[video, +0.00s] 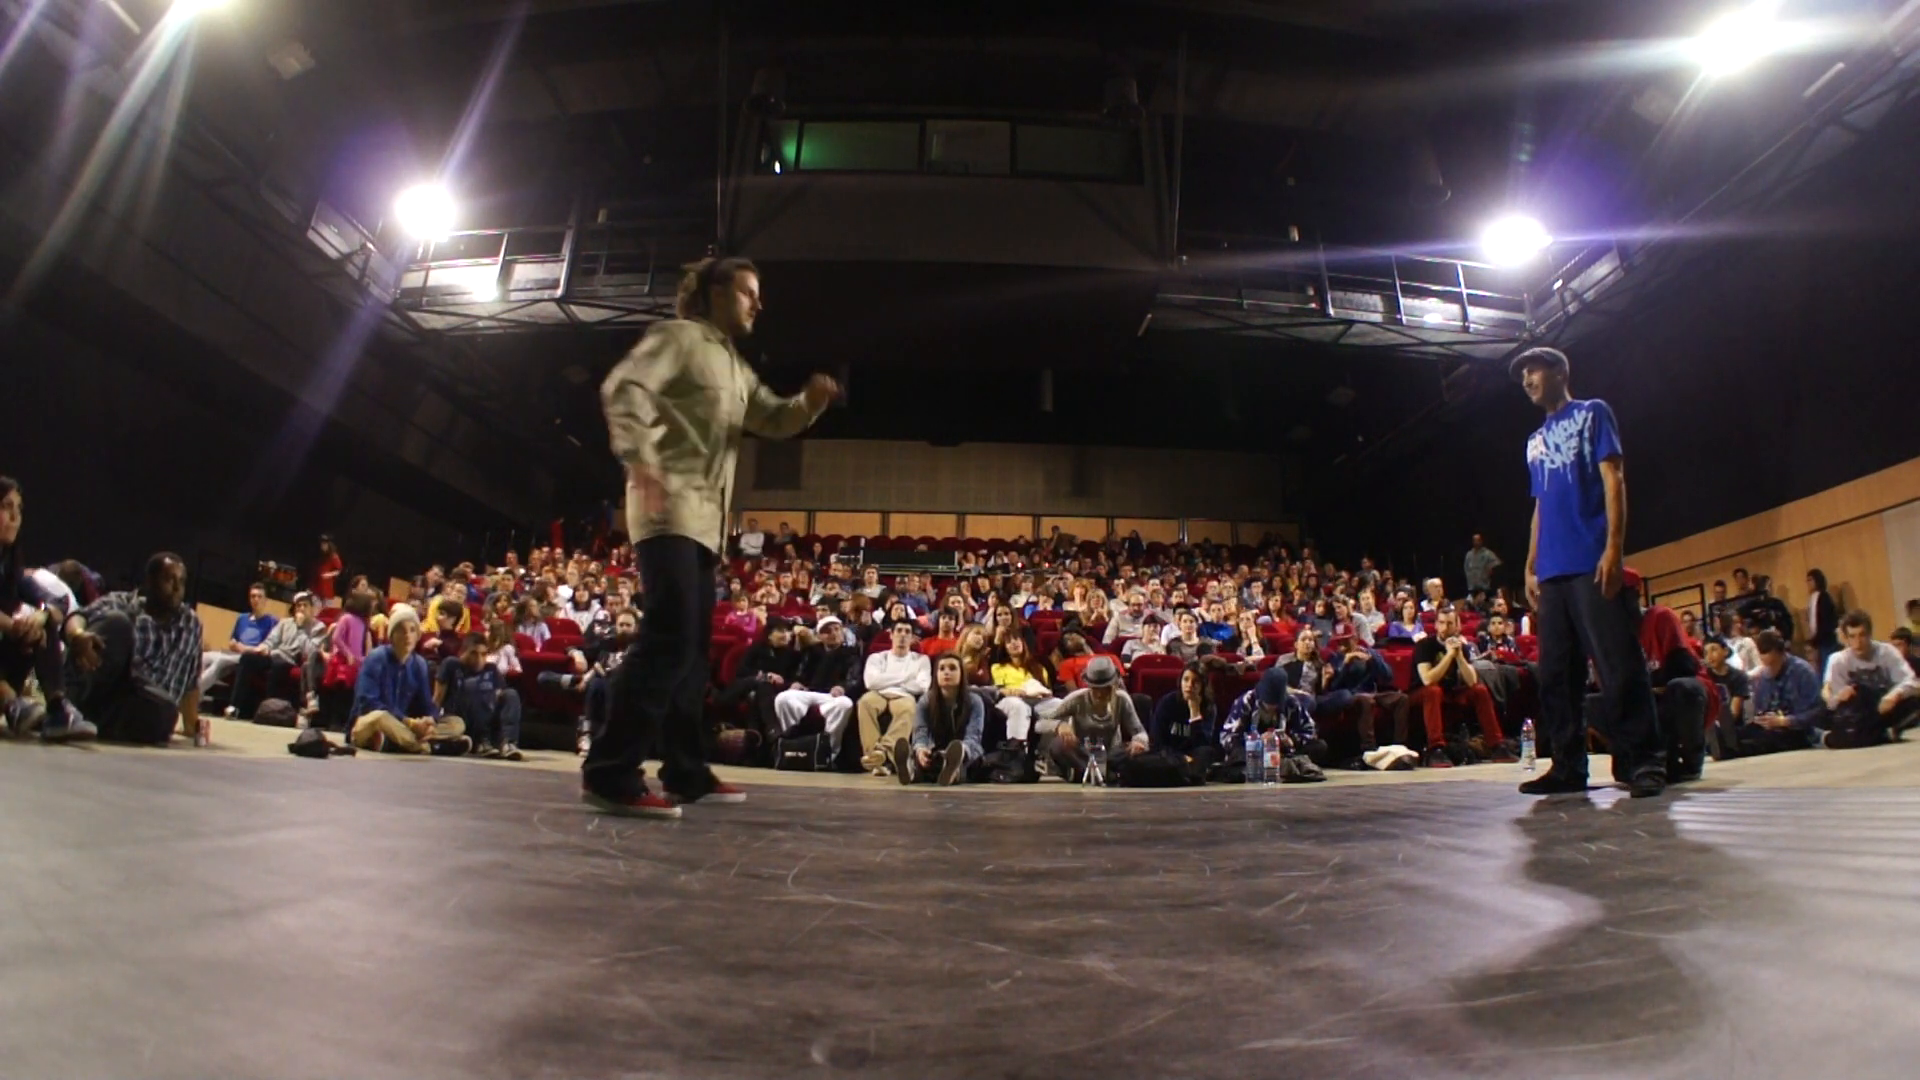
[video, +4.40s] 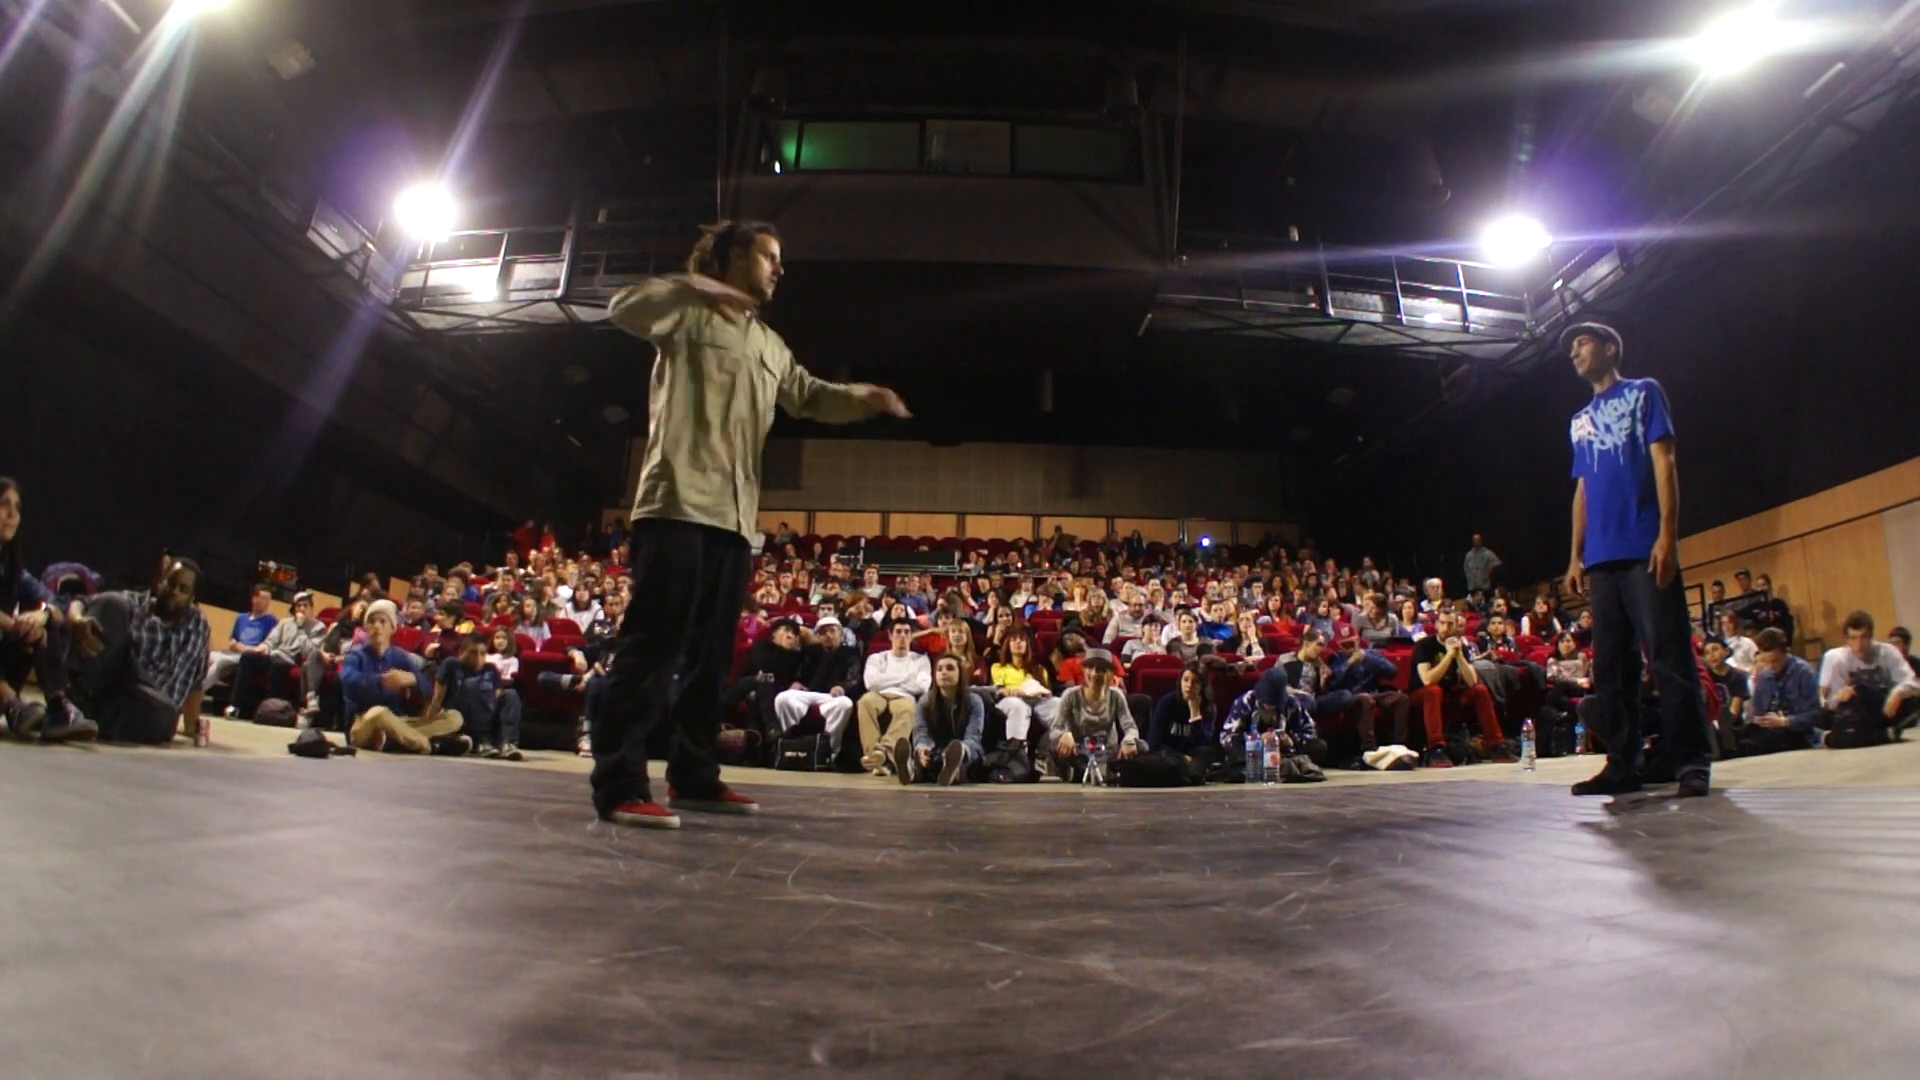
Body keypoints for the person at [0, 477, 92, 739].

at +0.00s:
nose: (14, 516)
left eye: (18, 509)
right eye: (6, 507)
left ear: (21, 515)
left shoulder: (12, 567)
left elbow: (56, 606)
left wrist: (43, 615)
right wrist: (11, 625)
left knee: (44, 624)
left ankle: (57, 708)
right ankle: (11, 703)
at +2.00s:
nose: (17, 516)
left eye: (19, 508)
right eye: (10, 506)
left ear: (21, 514)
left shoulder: (12, 565)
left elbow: (55, 607)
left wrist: (42, 614)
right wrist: (12, 623)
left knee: (46, 624)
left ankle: (58, 709)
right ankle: (12, 706)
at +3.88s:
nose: (17, 517)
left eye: (20, 509)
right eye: (10, 506)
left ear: (21, 515)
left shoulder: (11, 566)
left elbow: (60, 607)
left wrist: (43, 613)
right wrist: (13, 625)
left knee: (46, 625)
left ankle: (57, 707)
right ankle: (10, 702)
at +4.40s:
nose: (11, 515)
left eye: (16, 507)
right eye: (4, 506)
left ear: (20, 515)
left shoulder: (12, 566)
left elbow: (58, 609)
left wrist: (43, 614)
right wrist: (12, 623)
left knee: (49, 626)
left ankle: (58, 709)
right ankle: (12, 705)